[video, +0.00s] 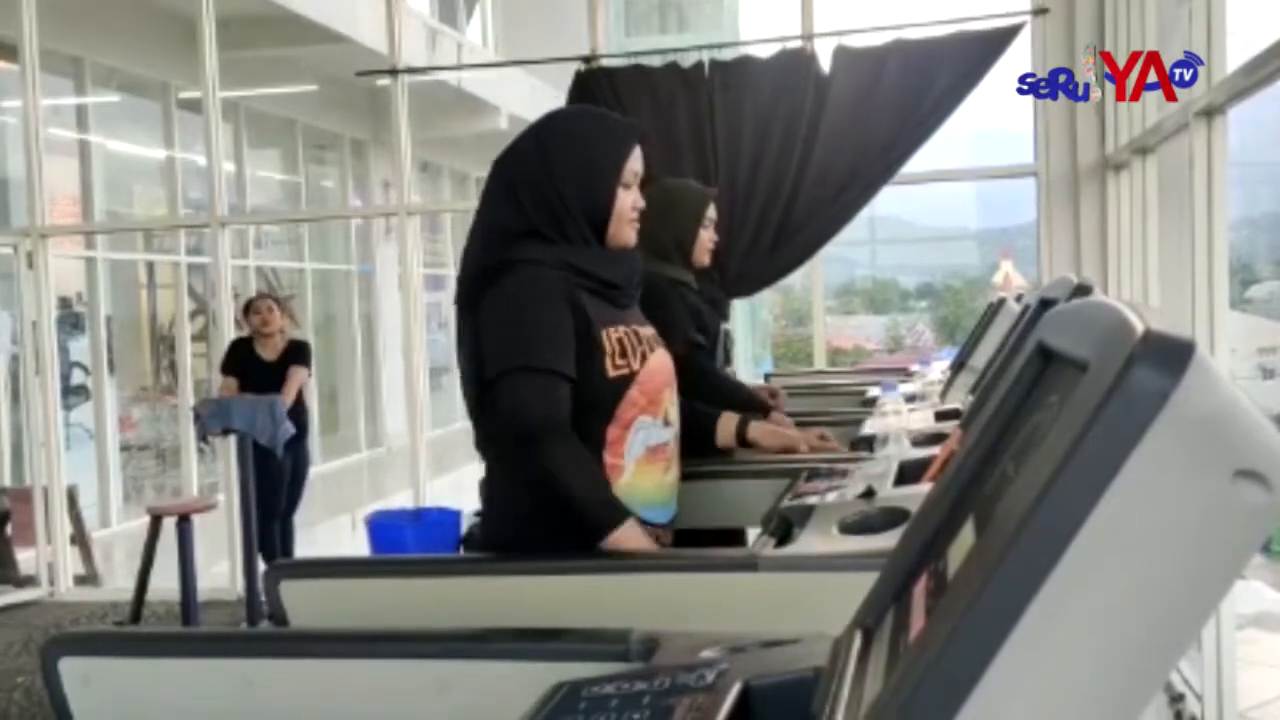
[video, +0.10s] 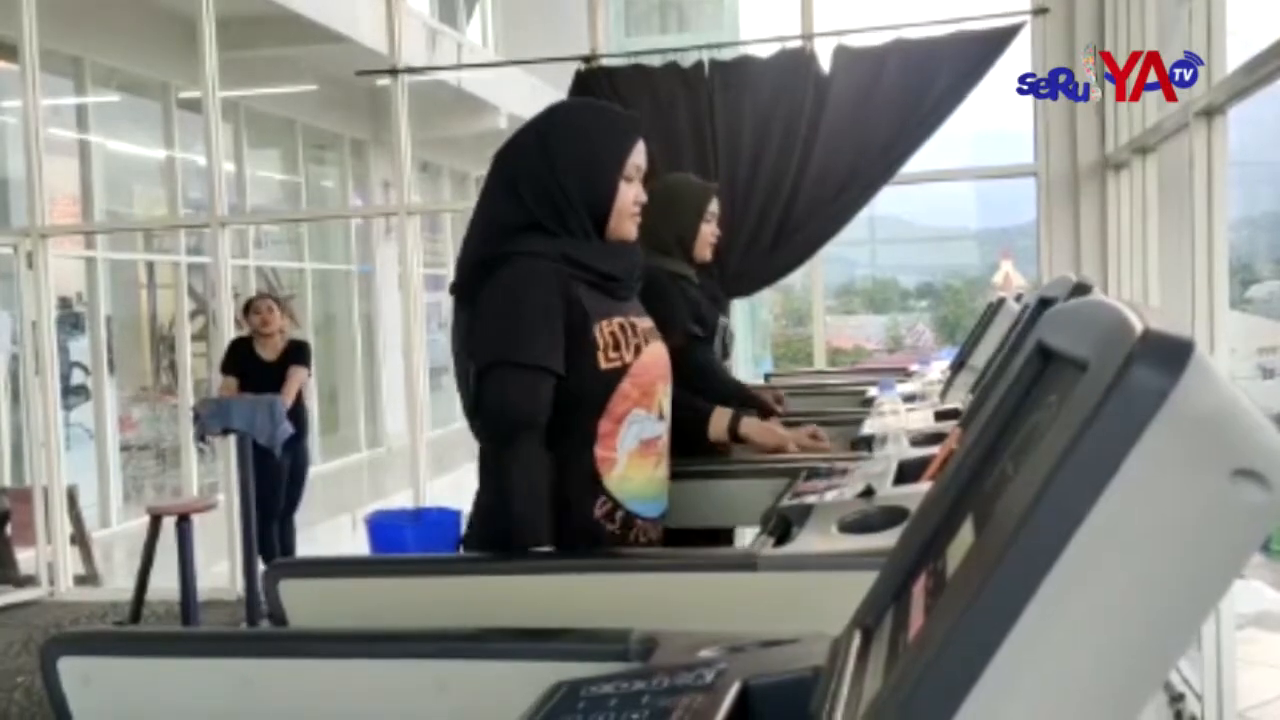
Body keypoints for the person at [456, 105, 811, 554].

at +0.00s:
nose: (641, 203)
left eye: (639, 186)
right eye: (626, 185)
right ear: (577, 185)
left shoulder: (603, 282)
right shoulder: (530, 287)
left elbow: (640, 406)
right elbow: (536, 439)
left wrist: (746, 431)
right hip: (561, 564)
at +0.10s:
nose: (642, 198)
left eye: (641, 180)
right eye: (630, 178)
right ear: (582, 177)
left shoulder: (604, 273)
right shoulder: (526, 281)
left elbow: (632, 400)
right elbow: (513, 443)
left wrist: (738, 426)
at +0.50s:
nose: (635, 207)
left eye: (632, 189)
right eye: (621, 188)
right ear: (571, 188)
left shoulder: (598, 289)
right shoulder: (519, 300)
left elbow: (623, 413)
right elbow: (501, 461)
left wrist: (738, 434)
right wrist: (478, 589)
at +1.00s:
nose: (627, 202)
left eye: (625, 186)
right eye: (613, 185)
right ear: (563, 183)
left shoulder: (592, 282)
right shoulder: (511, 285)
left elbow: (633, 405)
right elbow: (508, 441)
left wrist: (734, 443)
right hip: (538, 569)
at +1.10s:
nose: (628, 198)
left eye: (625, 180)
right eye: (614, 178)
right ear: (562, 177)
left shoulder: (594, 275)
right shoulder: (505, 281)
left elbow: (634, 397)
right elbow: (487, 441)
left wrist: (737, 440)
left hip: (614, 544)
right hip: (544, 557)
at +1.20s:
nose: (626, 203)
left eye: (625, 186)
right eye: (611, 185)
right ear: (561, 182)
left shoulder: (596, 285)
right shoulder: (501, 292)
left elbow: (628, 408)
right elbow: (457, 450)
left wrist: (737, 441)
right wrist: (424, 582)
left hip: (611, 556)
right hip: (528, 572)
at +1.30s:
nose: (623, 218)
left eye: (621, 200)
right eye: (610, 198)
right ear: (559, 199)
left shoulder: (589, 302)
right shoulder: (498, 307)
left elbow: (617, 427)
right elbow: (445, 464)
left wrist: (731, 438)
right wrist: (389, 586)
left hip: (609, 567)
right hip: (525, 577)